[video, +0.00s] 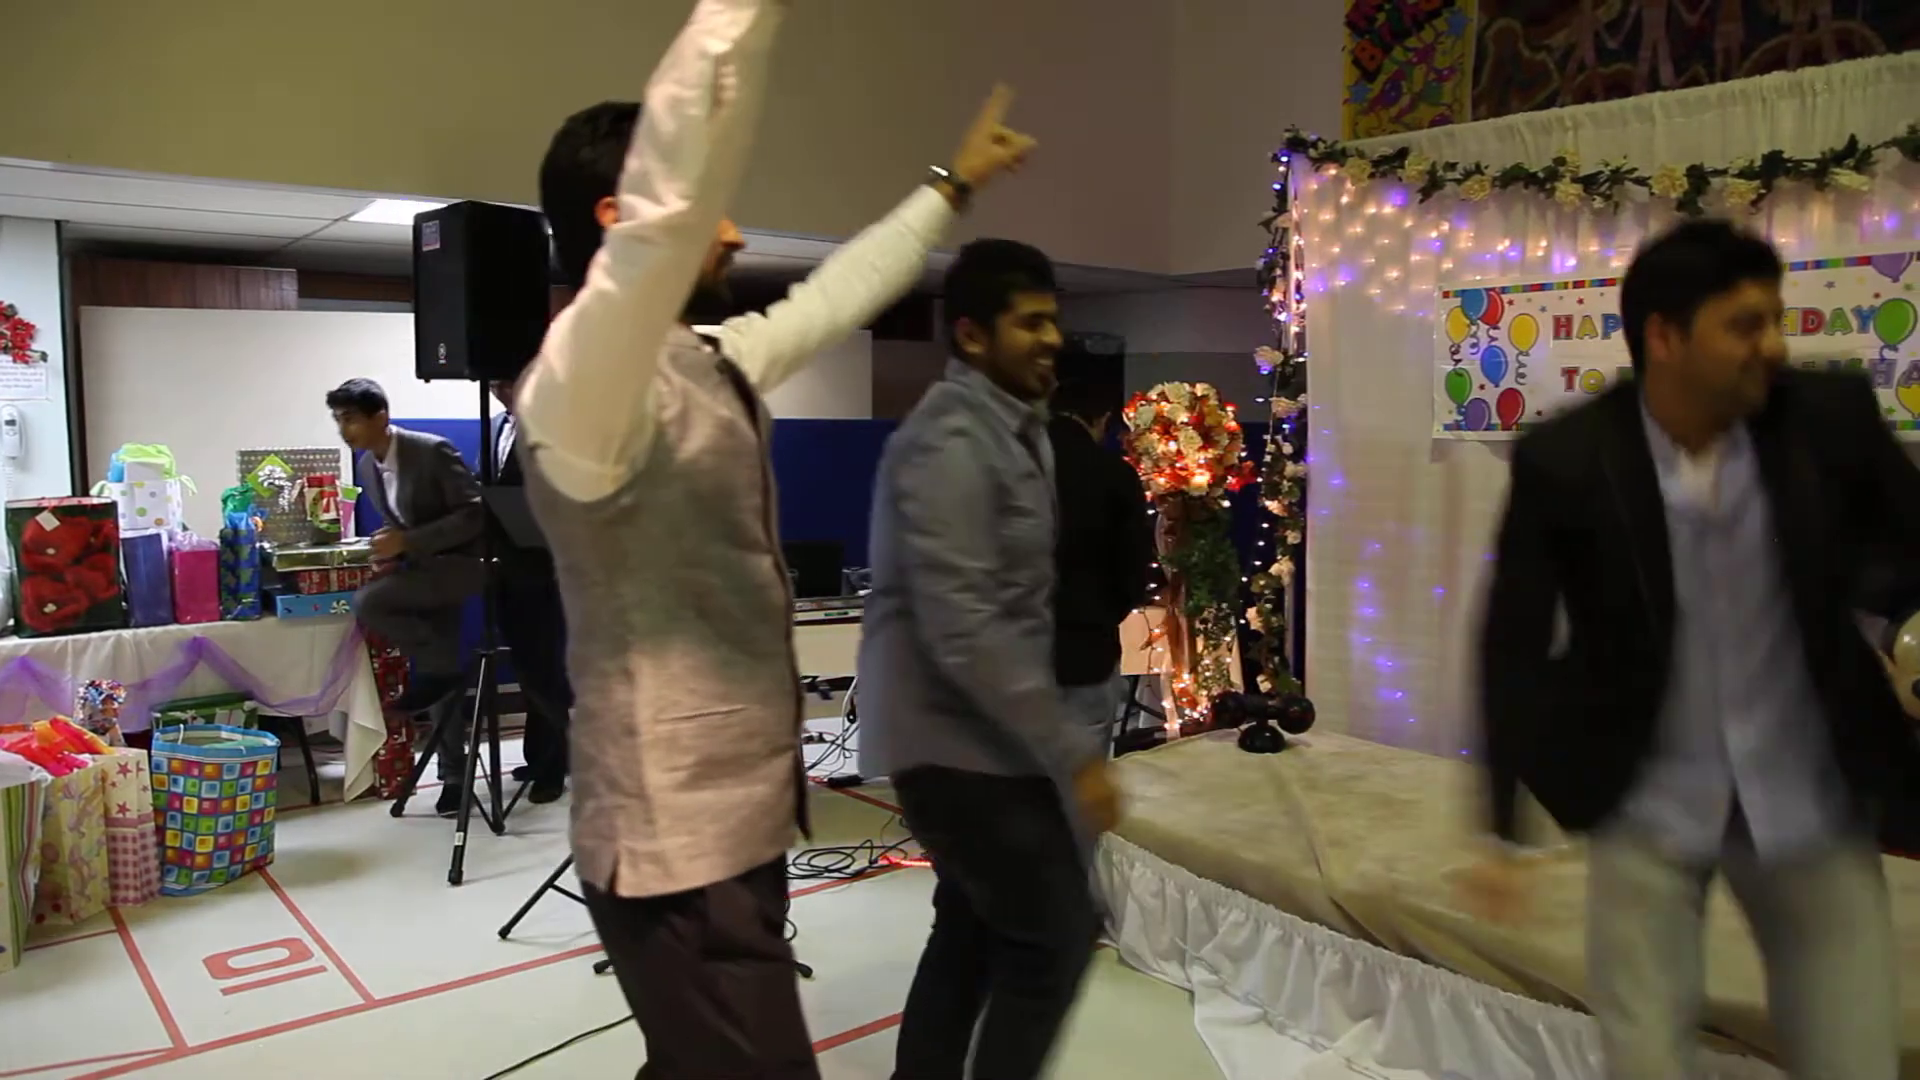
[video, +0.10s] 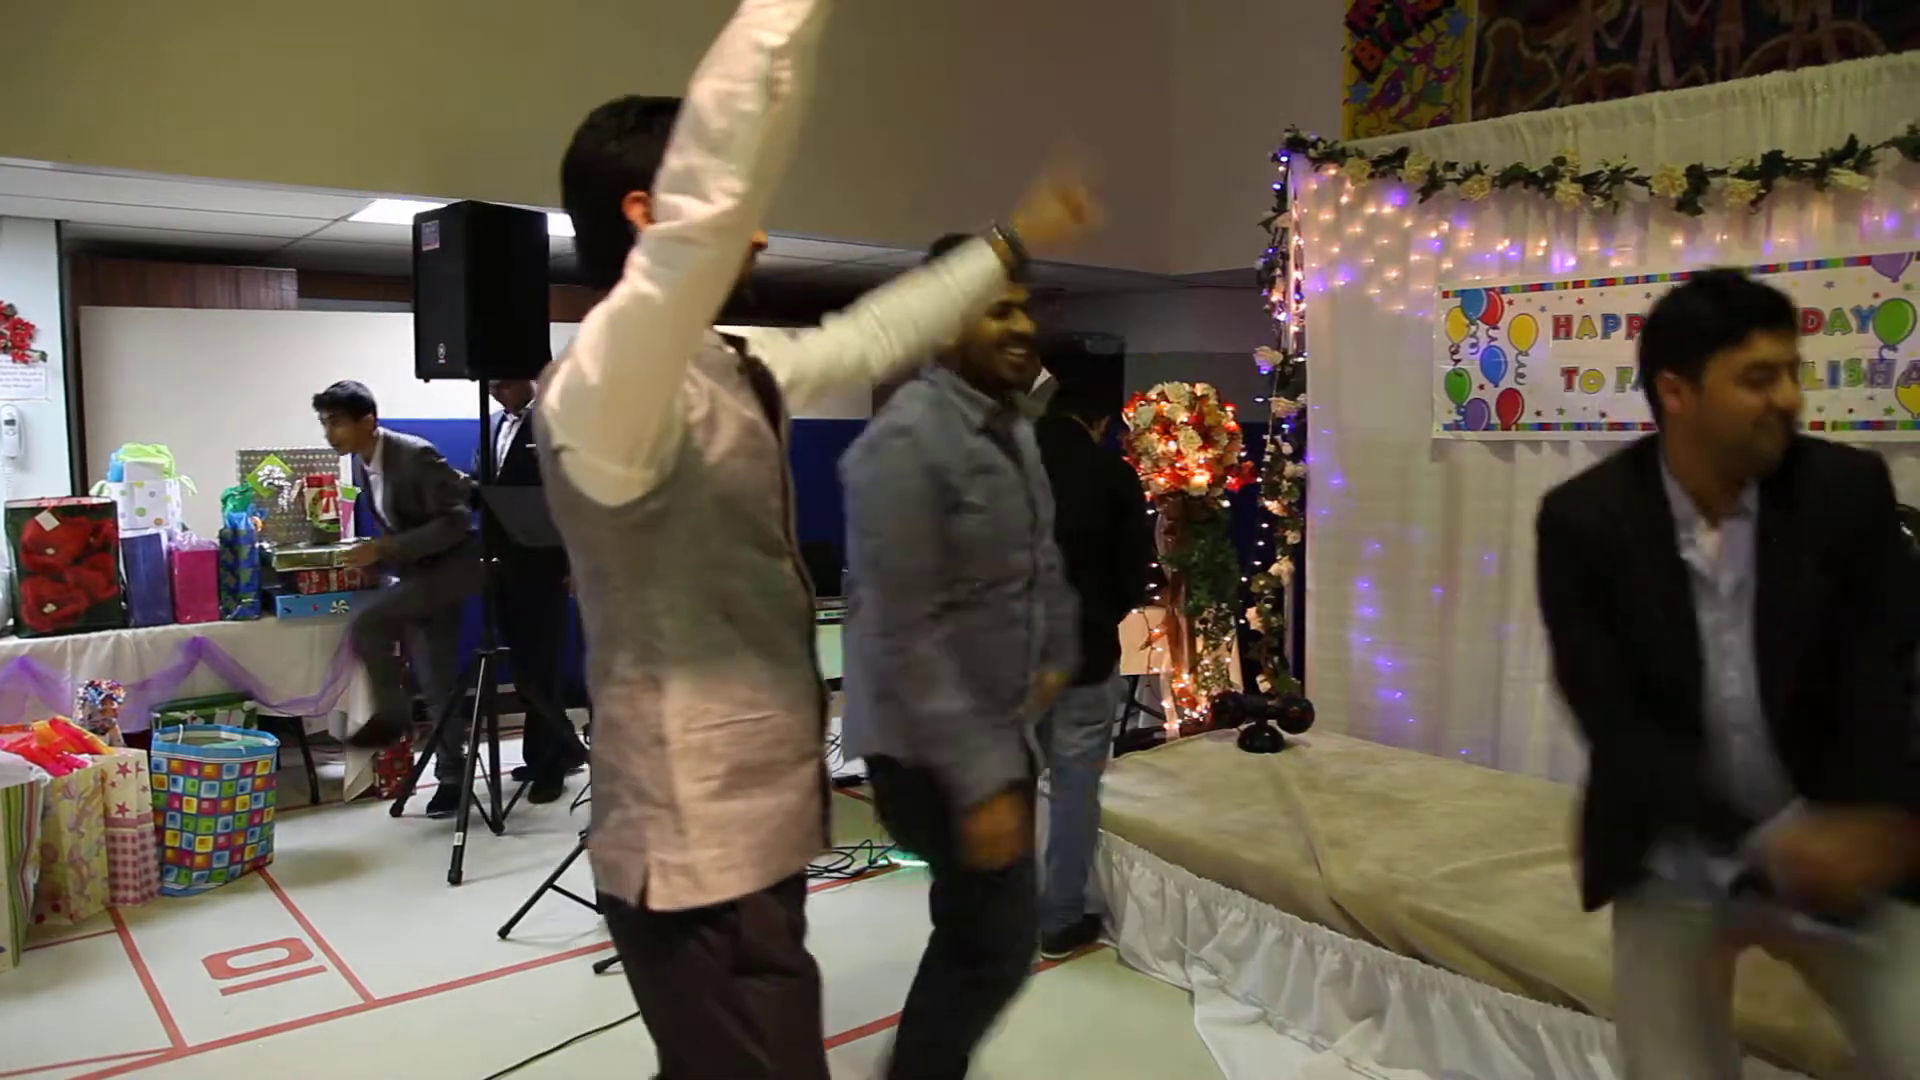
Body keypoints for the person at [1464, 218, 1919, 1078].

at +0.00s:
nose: (1773, 348)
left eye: (1776, 322)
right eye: (1746, 327)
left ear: (1784, 319)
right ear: (1663, 338)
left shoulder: (1830, 417)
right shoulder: (1565, 459)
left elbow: (1906, 559)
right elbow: (1510, 645)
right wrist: (1501, 828)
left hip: (1806, 790)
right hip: (1647, 800)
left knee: (1856, 1057)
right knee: (1644, 1058)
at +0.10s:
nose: (1789, 400)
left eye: (1793, 375)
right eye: (1759, 380)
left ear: (1799, 372)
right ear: (1674, 393)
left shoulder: (1848, 488)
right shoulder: (1583, 518)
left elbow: (1890, 674)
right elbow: (1613, 723)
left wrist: (1877, 817)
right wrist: (1769, 835)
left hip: (1836, 852)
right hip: (1673, 860)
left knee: (1908, 1054)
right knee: (1670, 1068)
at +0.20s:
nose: (1831, 382)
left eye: (1835, 357)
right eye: (1803, 362)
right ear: (1713, 366)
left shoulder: (1881, 461)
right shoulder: (1608, 484)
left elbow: (1876, 679)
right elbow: (1673, 690)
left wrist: (1674, 725)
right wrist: (1873, 685)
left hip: (1854, 819)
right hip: (1694, 838)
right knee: (1693, 1067)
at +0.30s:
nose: (1879, 337)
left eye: (1882, 311)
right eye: (1853, 314)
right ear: (1757, 315)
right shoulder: (1635, 416)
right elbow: (1668, 633)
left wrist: (1710, 689)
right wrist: (1877, 667)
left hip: (1876, 773)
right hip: (1717, 791)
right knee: (1731, 1064)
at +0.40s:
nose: (1907, 345)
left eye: (1909, 319)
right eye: (1885, 319)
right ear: (1791, 321)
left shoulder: (1890, 432)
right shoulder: (1664, 430)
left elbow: (1886, 622)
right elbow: (1666, 647)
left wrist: (1899, 762)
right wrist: (1778, 825)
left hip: (1857, 780)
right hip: (1725, 798)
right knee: (1752, 1059)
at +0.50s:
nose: (1917, 350)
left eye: (1917, 325)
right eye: (1900, 324)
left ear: (1818, 327)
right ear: (1808, 324)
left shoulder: (1897, 447)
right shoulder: (1667, 450)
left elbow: (1898, 637)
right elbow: (1607, 666)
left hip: (1872, 805)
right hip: (1736, 839)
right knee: (1756, 1068)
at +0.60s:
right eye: (1915, 283)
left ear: (1839, 287)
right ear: (1832, 284)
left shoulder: (1909, 413)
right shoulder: (1674, 410)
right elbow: (1526, 585)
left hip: (1894, 796)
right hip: (1737, 820)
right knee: (1749, 1067)